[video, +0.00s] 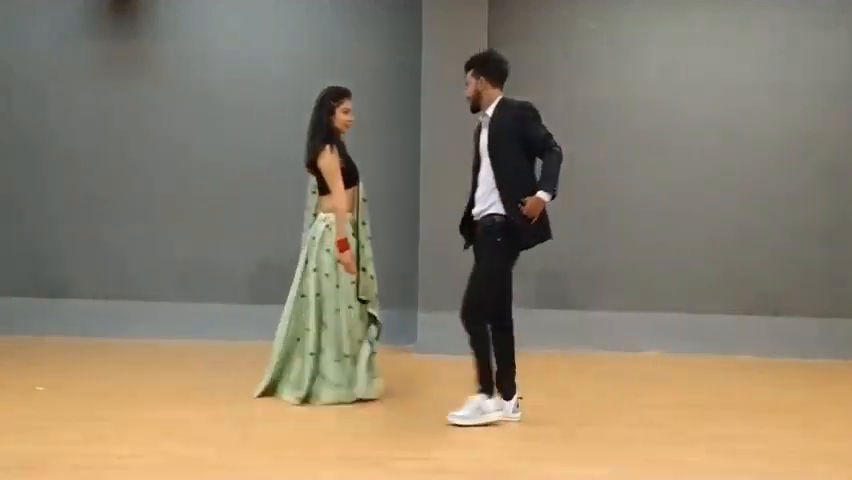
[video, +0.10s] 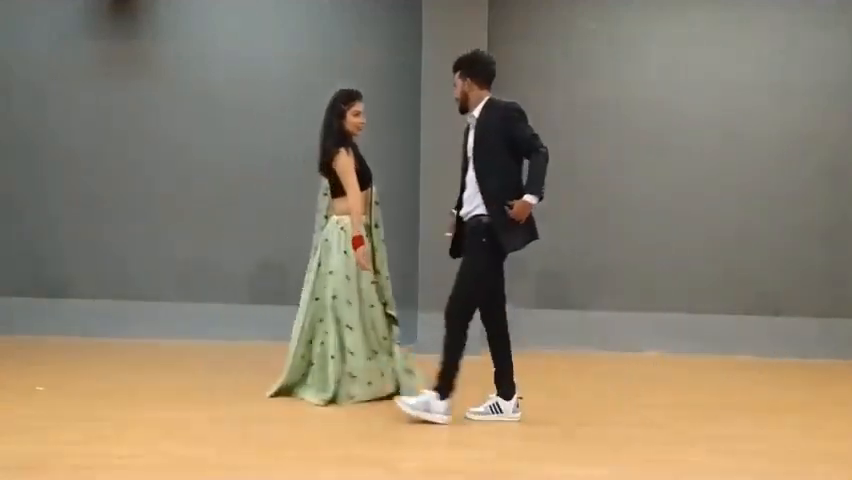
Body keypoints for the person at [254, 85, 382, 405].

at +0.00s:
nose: (350, 117)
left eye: (351, 111)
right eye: (345, 112)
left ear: (337, 114)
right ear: (329, 114)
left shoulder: (334, 149)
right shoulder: (328, 151)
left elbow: (338, 200)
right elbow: (339, 200)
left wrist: (346, 242)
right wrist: (344, 244)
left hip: (338, 234)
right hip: (334, 236)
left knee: (340, 308)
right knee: (337, 309)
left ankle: (338, 377)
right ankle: (335, 379)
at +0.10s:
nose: (361, 120)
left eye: (362, 114)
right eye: (356, 114)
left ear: (351, 118)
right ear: (340, 117)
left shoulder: (345, 152)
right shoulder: (343, 153)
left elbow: (353, 195)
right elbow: (353, 195)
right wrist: (359, 239)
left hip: (346, 231)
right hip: (345, 233)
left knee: (349, 305)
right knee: (349, 306)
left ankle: (351, 374)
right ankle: (353, 376)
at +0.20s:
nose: (374, 123)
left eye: (374, 118)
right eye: (367, 118)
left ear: (371, 121)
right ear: (352, 121)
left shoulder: (361, 155)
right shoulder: (356, 157)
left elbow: (367, 196)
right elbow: (367, 196)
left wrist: (374, 230)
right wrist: (372, 234)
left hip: (360, 234)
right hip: (359, 235)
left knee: (363, 305)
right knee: (361, 305)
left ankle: (361, 373)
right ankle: (360, 374)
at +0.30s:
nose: (386, 123)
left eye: (388, 117)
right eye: (380, 118)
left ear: (387, 120)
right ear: (364, 123)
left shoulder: (376, 154)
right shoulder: (371, 156)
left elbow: (386, 191)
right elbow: (380, 190)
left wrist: (398, 213)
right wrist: (385, 217)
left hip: (379, 231)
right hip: (376, 234)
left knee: (380, 305)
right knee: (378, 305)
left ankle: (379, 374)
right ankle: (380, 375)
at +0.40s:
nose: (399, 120)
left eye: (399, 114)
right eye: (392, 115)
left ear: (399, 118)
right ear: (377, 120)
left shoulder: (394, 152)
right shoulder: (386, 153)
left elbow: (403, 193)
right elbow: (391, 183)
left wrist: (415, 204)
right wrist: (390, 201)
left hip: (401, 232)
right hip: (392, 233)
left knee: (399, 305)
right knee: (392, 304)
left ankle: (397, 373)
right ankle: (391, 375)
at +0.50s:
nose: (410, 118)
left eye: (413, 112)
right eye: (403, 114)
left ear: (420, 115)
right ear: (392, 121)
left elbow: (436, 179)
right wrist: (396, 180)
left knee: (427, 304)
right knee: (394, 302)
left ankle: (427, 374)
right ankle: (394, 374)